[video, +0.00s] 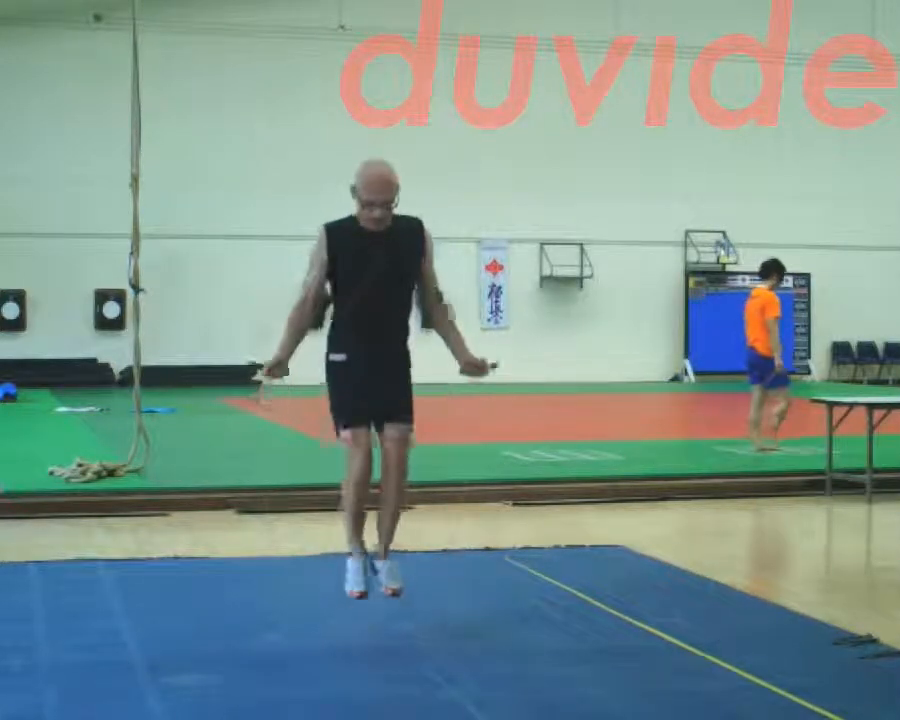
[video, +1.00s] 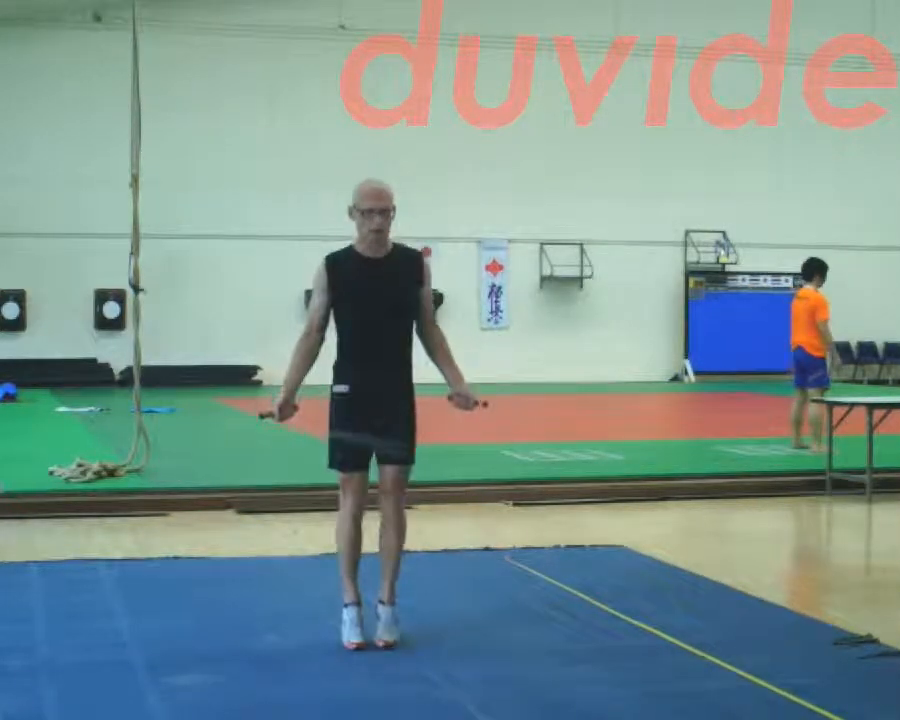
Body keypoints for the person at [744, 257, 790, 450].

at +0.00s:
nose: (780, 281)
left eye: (781, 277)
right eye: (780, 277)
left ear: (763, 275)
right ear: (775, 276)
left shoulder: (753, 295)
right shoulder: (770, 298)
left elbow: (751, 326)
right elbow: (772, 328)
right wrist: (778, 357)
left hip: (753, 351)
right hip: (766, 354)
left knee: (758, 397)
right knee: (784, 398)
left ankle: (757, 439)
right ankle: (770, 435)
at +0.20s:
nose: (796, 284)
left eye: (796, 280)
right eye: (795, 280)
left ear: (778, 277)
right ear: (790, 278)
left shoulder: (768, 297)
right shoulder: (785, 299)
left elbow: (765, 326)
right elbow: (786, 327)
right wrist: (792, 357)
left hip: (765, 351)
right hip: (780, 353)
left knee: (765, 398)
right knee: (798, 400)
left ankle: (759, 441)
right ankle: (815, 441)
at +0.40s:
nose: (811, 282)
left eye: (811, 278)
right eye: (811, 278)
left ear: (792, 277)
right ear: (805, 277)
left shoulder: (781, 299)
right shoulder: (805, 300)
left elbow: (779, 329)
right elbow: (808, 327)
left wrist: (778, 353)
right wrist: (813, 356)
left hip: (782, 351)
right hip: (799, 353)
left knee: (785, 395)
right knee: (807, 399)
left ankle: (765, 438)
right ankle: (817, 441)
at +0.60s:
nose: (821, 279)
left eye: (820, 276)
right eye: (820, 276)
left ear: (800, 275)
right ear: (817, 276)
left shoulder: (791, 298)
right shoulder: (816, 299)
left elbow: (785, 330)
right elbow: (823, 326)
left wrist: (782, 355)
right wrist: (831, 344)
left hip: (791, 349)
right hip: (809, 351)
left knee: (799, 393)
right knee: (813, 398)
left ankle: (782, 430)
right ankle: (817, 442)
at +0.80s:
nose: (824, 281)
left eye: (824, 277)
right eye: (824, 277)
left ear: (804, 275)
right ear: (820, 277)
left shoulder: (796, 298)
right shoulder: (818, 299)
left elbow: (792, 330)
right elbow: (825, 326)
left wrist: (789, 355)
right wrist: (839, 349)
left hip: (796, 351)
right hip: (813, 351)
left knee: (800, 395)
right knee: (815, 398)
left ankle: (795, 438)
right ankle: (817, 442)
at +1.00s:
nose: (824, 280)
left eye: (824, 276)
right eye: (823, 276)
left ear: (804, 275)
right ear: (819, 276)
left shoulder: (798, 296)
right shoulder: (818, 299)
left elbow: (797, 323)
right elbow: (822, 325)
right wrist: (831, 348)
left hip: (798, 348)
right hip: (814, 350)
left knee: (801, 395)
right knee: (816, 397)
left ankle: (796, 438)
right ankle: (817, 442)